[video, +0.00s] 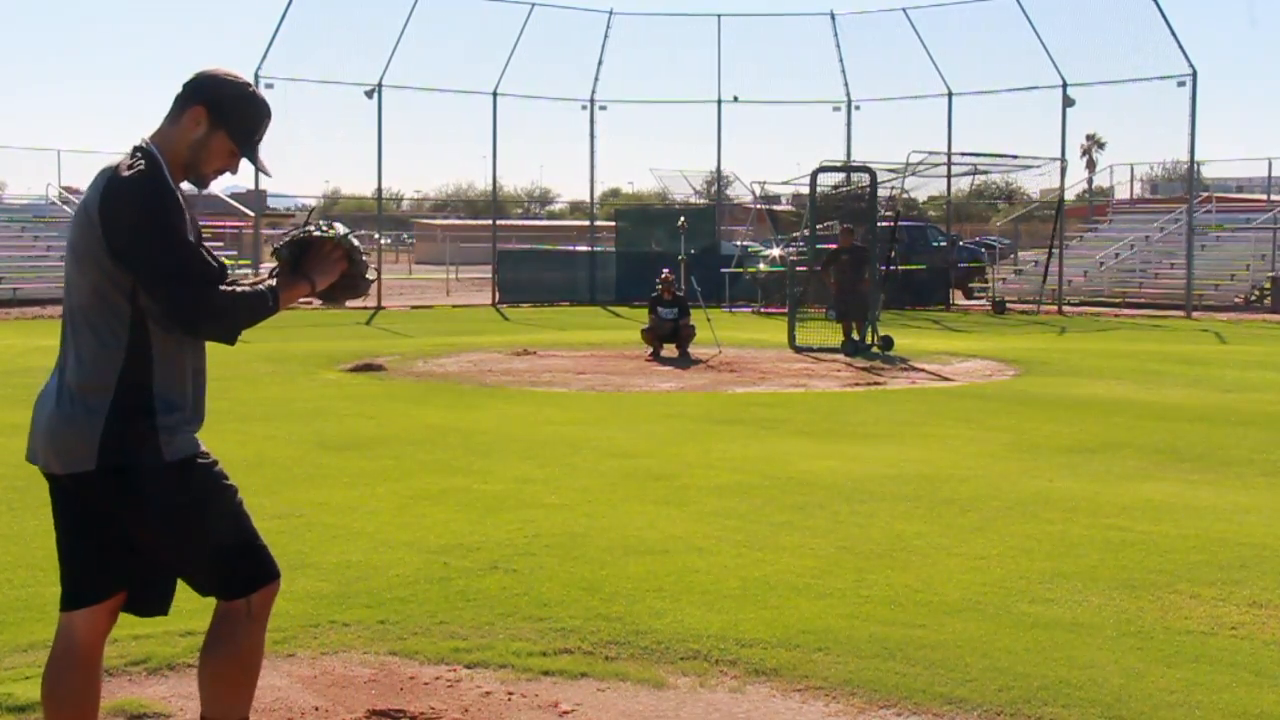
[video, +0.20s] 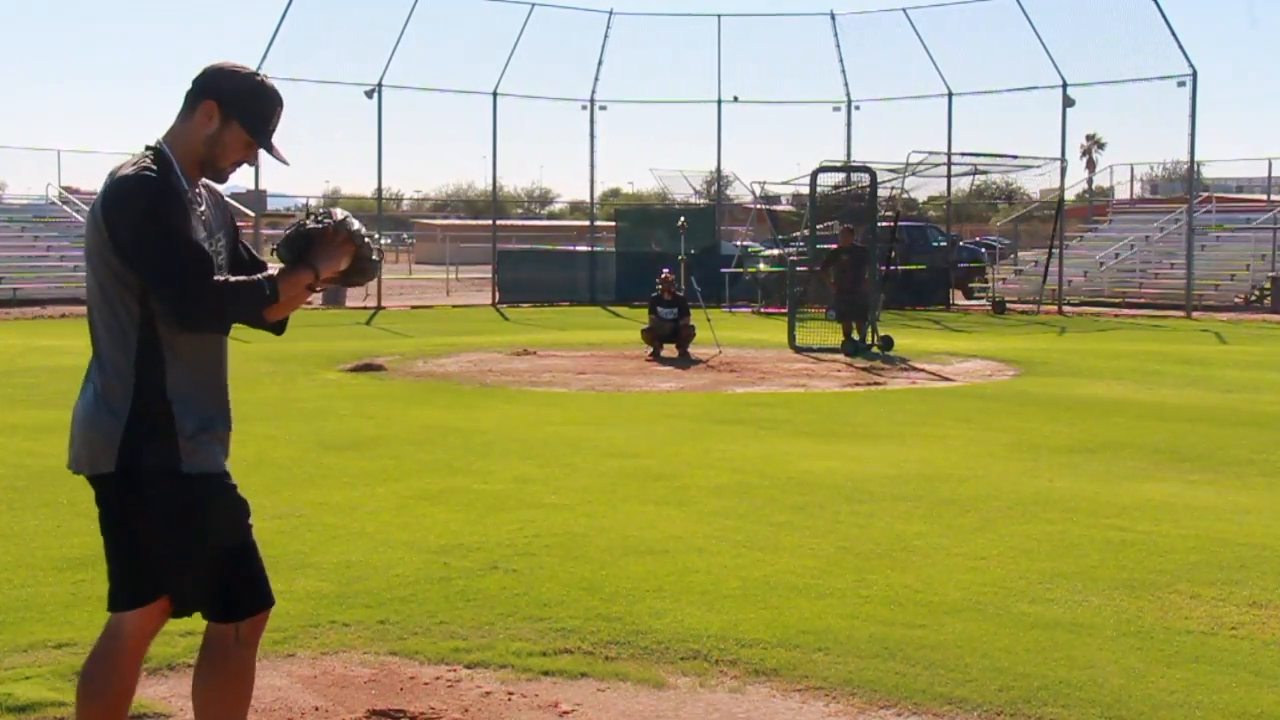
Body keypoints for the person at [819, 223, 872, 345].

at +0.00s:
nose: (844, 239)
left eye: (847, 236)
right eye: (842, 236)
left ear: (852, 237)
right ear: (839, 237)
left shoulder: (862, 251)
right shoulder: (836, 253)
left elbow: (870, 267)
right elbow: (824, 269)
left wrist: (868, 281)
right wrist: (830, 283)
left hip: (858, 288)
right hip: (842, 288)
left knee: (860, 317)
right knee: (845, 318)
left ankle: (862, 340)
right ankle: (847, 341)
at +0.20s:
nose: (844, 239)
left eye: (847, 236)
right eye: (842, 236)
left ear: (853, 237)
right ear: (839, 237)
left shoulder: (862, 251)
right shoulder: (835, 253)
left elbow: (870, 267)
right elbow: (824, 269)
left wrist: (868, 281)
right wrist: (830, 284)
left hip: (858, 288)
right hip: (842, 289)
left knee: (860, 318)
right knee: (845, 318)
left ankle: (862, 341)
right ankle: (847, 342)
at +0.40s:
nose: (846, 239)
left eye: (848, 236)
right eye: (843, 236)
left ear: (853, 237)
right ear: (840, 237)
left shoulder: (862, 251)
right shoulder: (835, 252)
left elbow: (871, 267)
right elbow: (823, 269)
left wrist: (868, 280)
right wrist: (830, 284)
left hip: (859, 287)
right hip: (842, 289)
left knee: (860, 317)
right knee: (845, 318)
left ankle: (862, 340)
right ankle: (847, 342)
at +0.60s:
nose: (847, 239)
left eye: (849, 236)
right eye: (844, 236)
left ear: (854, 237)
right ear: (841, 237)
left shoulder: (862, 251)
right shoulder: (835, 253)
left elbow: (871, 267)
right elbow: (823, 269)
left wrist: (868, 281)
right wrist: (831, 284)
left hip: (859, 288)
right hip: (842, 289)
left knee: (861, 317)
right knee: (845, 318)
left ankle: (863, 339)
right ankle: (848, 341)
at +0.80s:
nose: (849, 239)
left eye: (851, 236)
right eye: (846, 236)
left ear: (856, 237)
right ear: (842, 237)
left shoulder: (864, 251)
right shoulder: (837, 252)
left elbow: (872, 267)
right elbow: (825, 269)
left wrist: (870, 283)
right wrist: (833, 285)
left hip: (861, 288)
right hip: (844, 289)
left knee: (865, 318)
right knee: (847, 319)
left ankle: (870, 341)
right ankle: (848, 342)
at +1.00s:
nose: (855, 238)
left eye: (857, 235)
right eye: (853, 235)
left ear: (861, 236)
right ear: (848, 236)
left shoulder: (867, 251)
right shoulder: (843, 252)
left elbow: (880, 265)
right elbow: (830, 268)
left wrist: (874, 282)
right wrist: (835, 284)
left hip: (864, 288)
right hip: (848, 288)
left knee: (868, 317)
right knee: (848, 317)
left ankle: (871, 344)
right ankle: (849, 342)